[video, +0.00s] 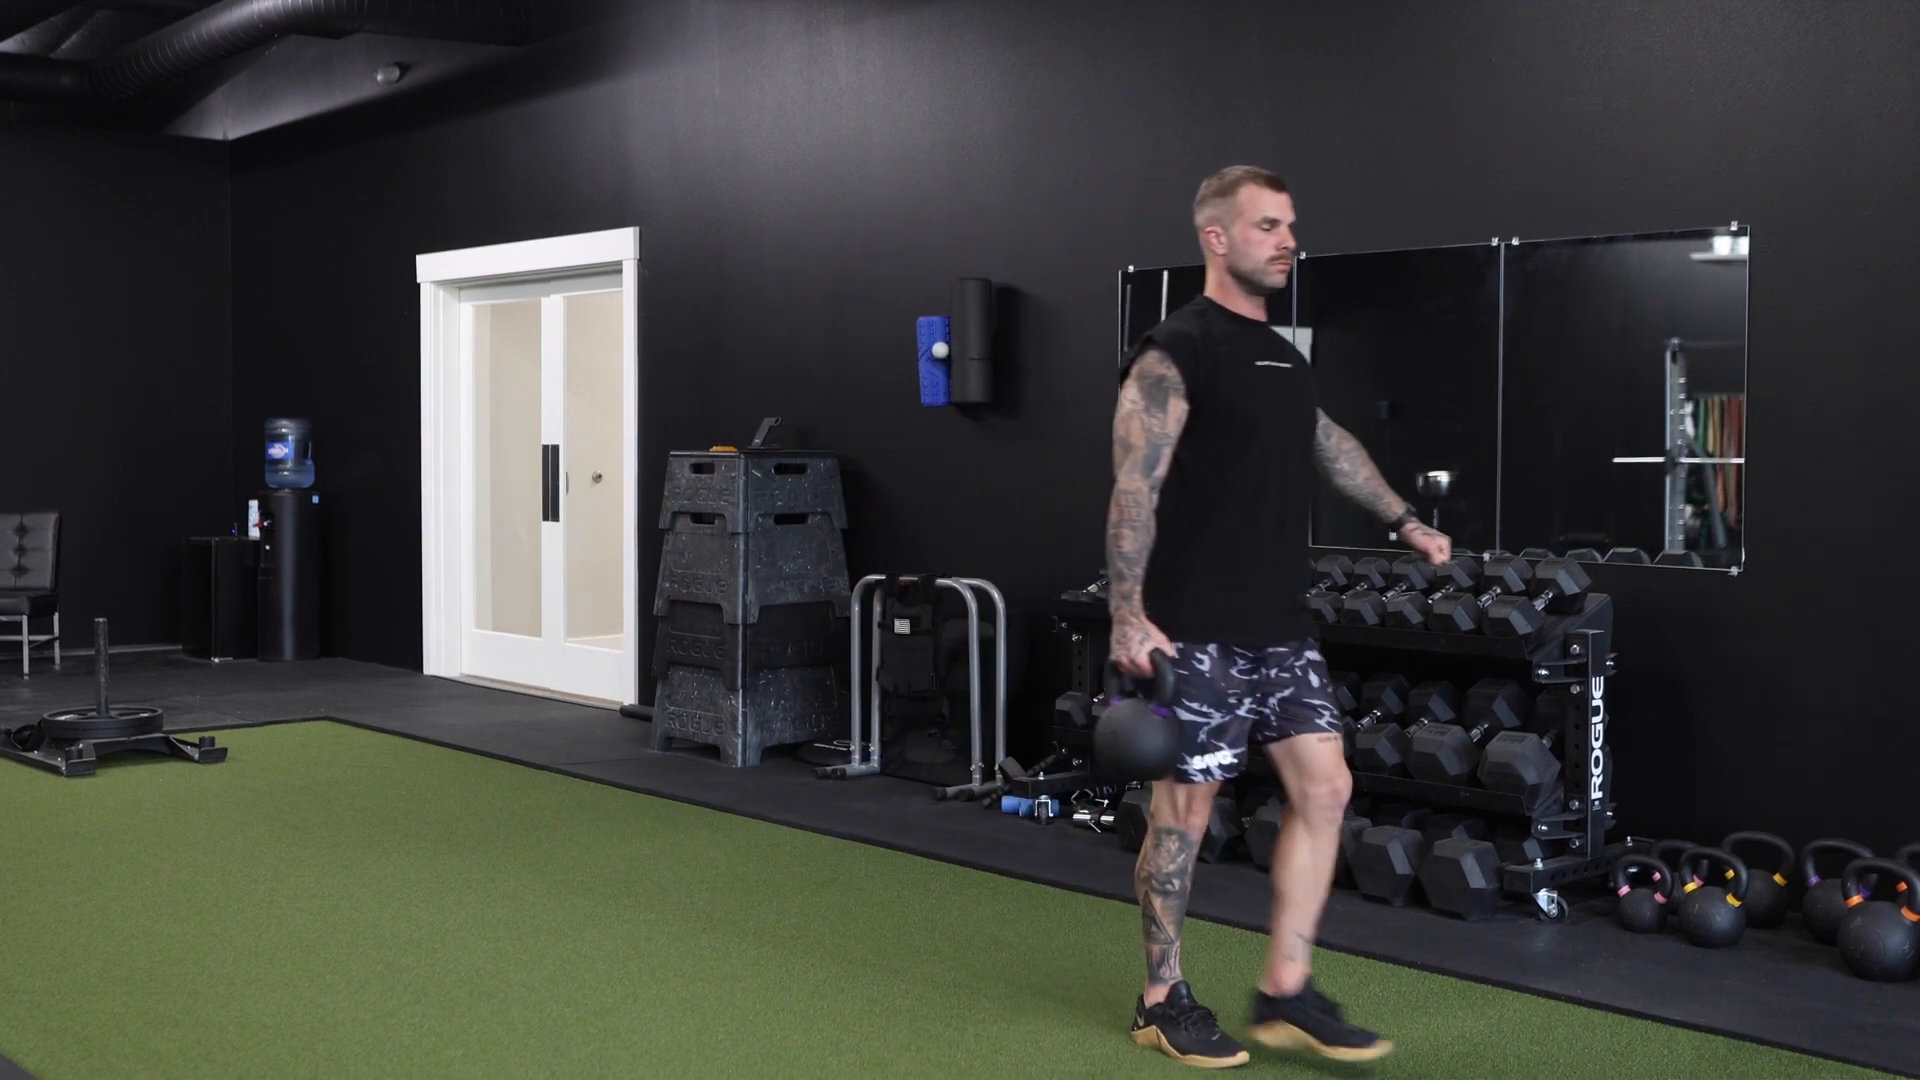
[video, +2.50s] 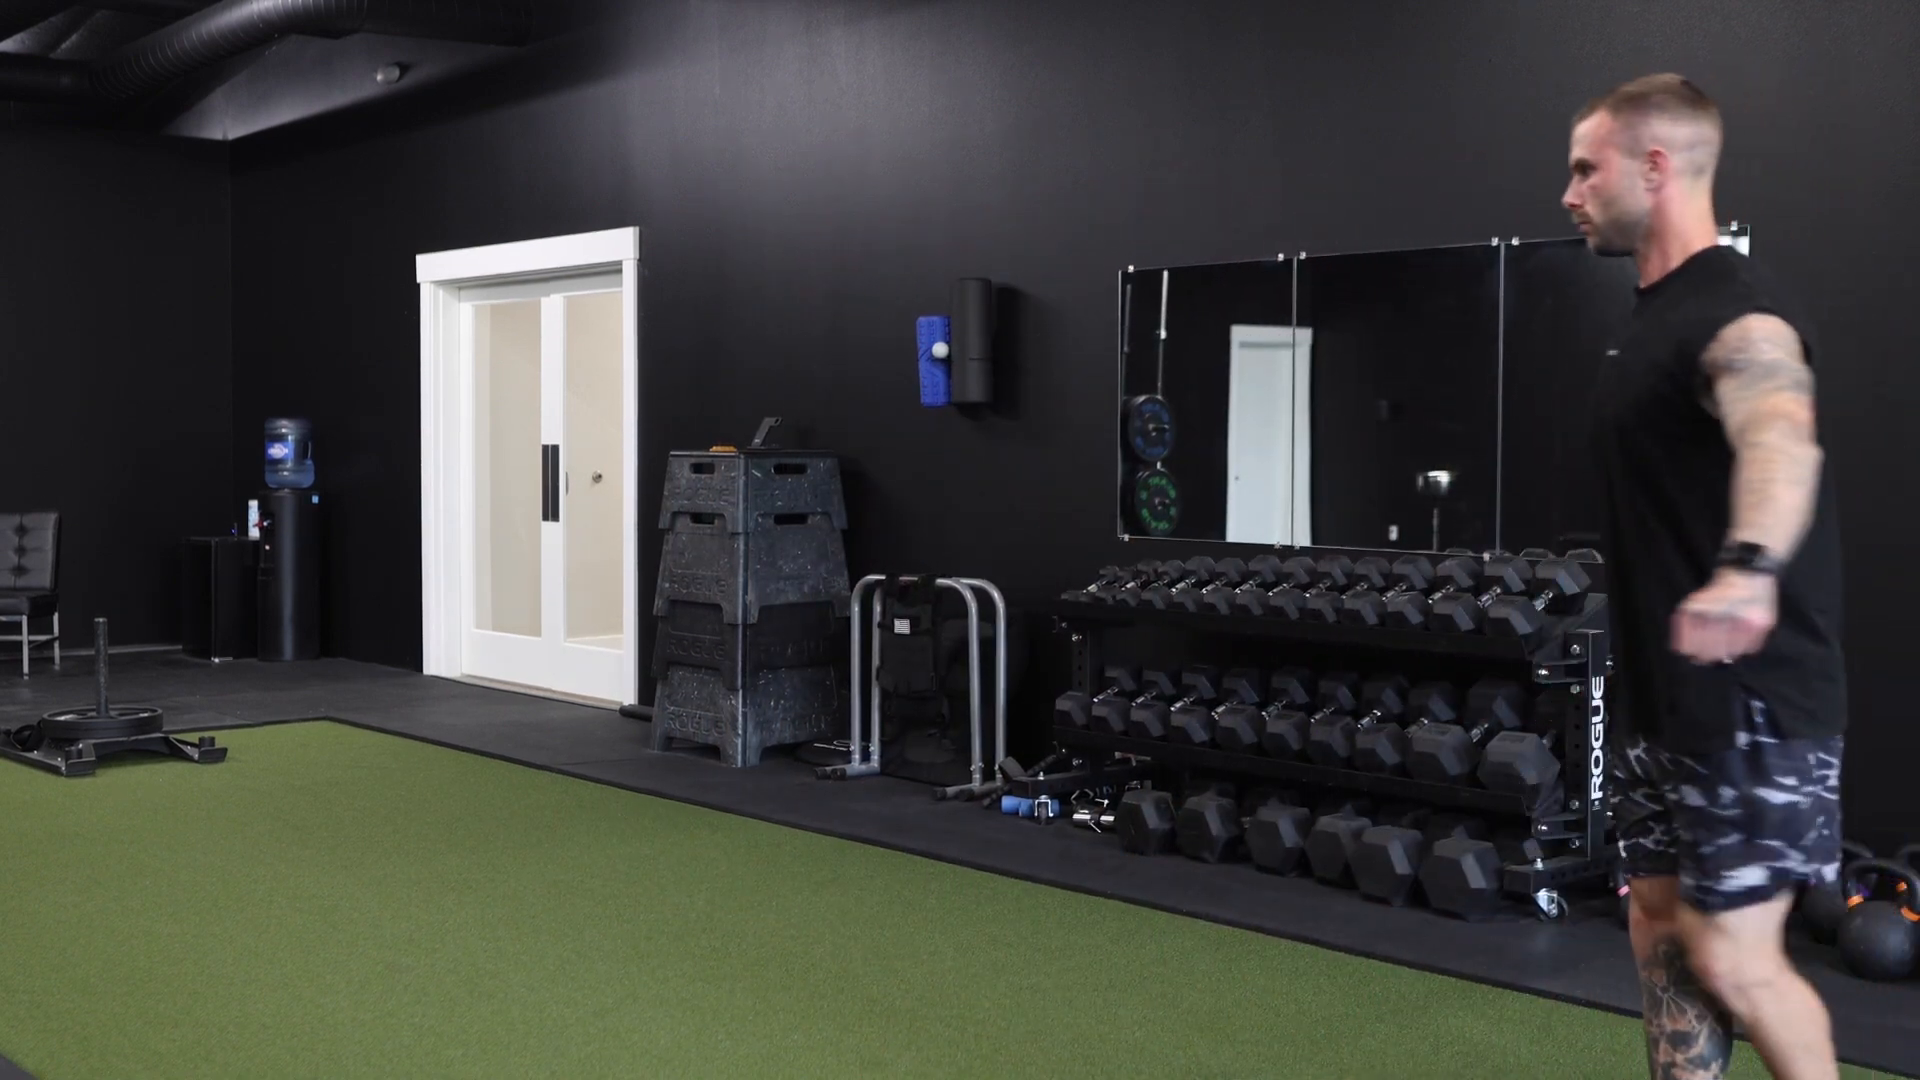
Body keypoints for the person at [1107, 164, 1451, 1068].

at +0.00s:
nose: (1287, 242)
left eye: (1290, 228)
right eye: (1267, 226)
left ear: (1283, 242)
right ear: (1213, 237)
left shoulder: (1283, 358)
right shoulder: (1172, 357)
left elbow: (1331, 445)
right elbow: (1134, 489)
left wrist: (1403, 517)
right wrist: (1126, 611)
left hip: (1282, 626)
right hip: (1196, 627)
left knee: (1323, 791)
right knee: (1183, 808)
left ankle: (1285, 992)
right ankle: (1162, 996)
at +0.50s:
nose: (1478, 232)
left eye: (1480, 217)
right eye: (1458, 216)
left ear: (1466, 232)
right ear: (1397, 228)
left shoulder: (1461, 354)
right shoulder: (1349, 351)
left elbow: (1506, 459)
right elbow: (1310, 494)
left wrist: (1584, 544)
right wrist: (1296, 626)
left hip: (1454, 633)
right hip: (1380, 633)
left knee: (1410, 845)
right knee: (1470, 821)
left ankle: (1370, 1038)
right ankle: (1319, 965)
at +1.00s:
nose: (1667, 217)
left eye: (1670, 200)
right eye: (1643, 200)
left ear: (1667, 212)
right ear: (1579, 213)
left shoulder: (1653, 344)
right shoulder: (1533, 346)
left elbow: (1718, 454)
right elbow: (1481, 504)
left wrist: (1809, 541)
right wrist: (1467, 647)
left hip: (1659, 654)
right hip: (1577, 657)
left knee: (1670, 866)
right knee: (1613, 879)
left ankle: (1480, 991)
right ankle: (1630, 1072)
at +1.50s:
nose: (1753, 201)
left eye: (1771, 180)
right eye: (1729, 185)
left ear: (1802, 186)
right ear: (1696, 201)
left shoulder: (1863, 338)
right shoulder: (1647, 338)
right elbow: (1595, 502)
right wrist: (1566, 652)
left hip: (1826, 668)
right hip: (1686, 671)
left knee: (1832, 904)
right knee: (1698, 911)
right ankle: (1646, 1074)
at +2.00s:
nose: (1751, 192)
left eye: (1776, 167)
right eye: (1742, 172)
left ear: (1853, 164)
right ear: (1738, 178)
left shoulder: (1907, 312)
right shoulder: (1725, 327)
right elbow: (1694, 494)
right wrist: (1655, 644)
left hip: (1873, 693)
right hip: (1722, 681)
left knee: (1863, 951)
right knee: (1683, 918)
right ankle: (1729, 1073)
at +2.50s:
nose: (1569, 192)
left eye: (1586, 170)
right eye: (1570, 171)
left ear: (1658, 173)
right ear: (1654, 176)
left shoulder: (1739, 321)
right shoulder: (1649, 321)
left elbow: (1778, 443)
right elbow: (1672, 494)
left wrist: (1747, 567)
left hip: (1750, 693)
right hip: (1667, 686)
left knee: (1734, 950)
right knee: (1662, 931)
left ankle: (1820, 1071)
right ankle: (1689, 1077)